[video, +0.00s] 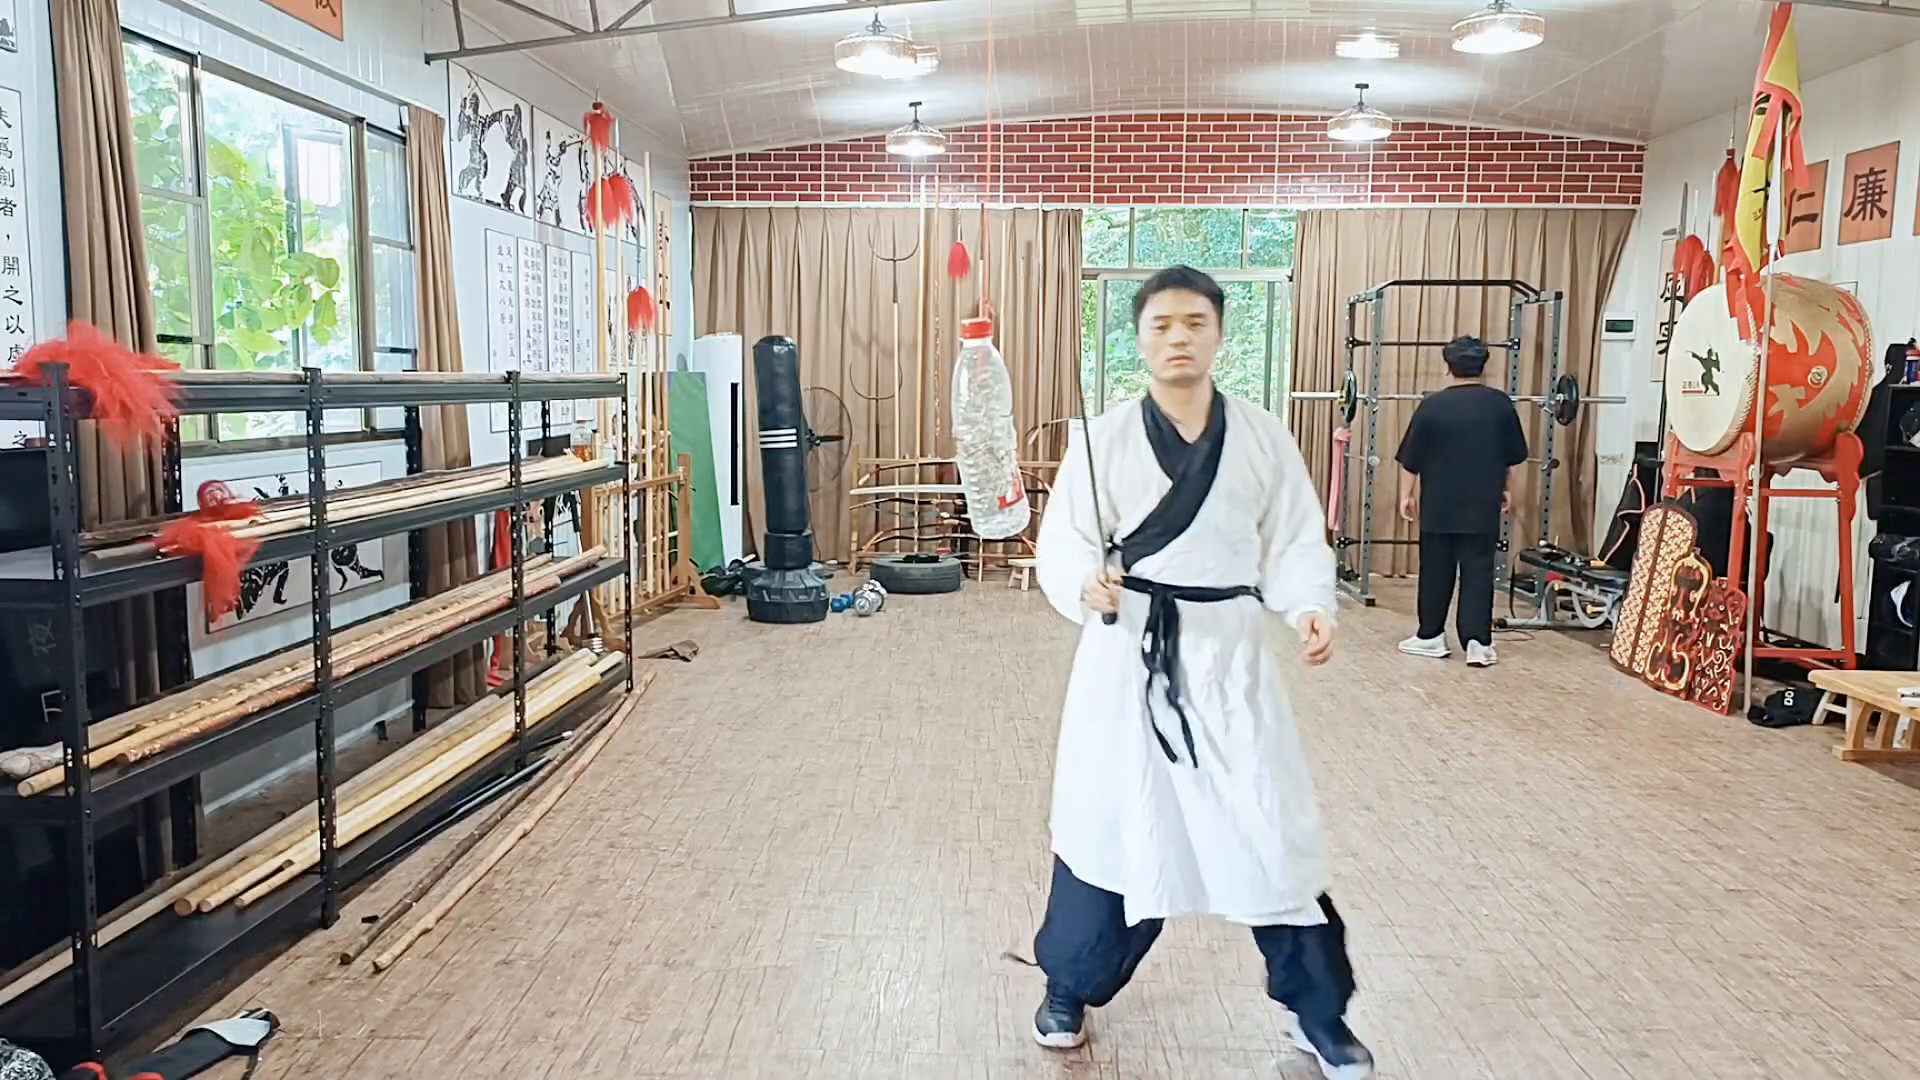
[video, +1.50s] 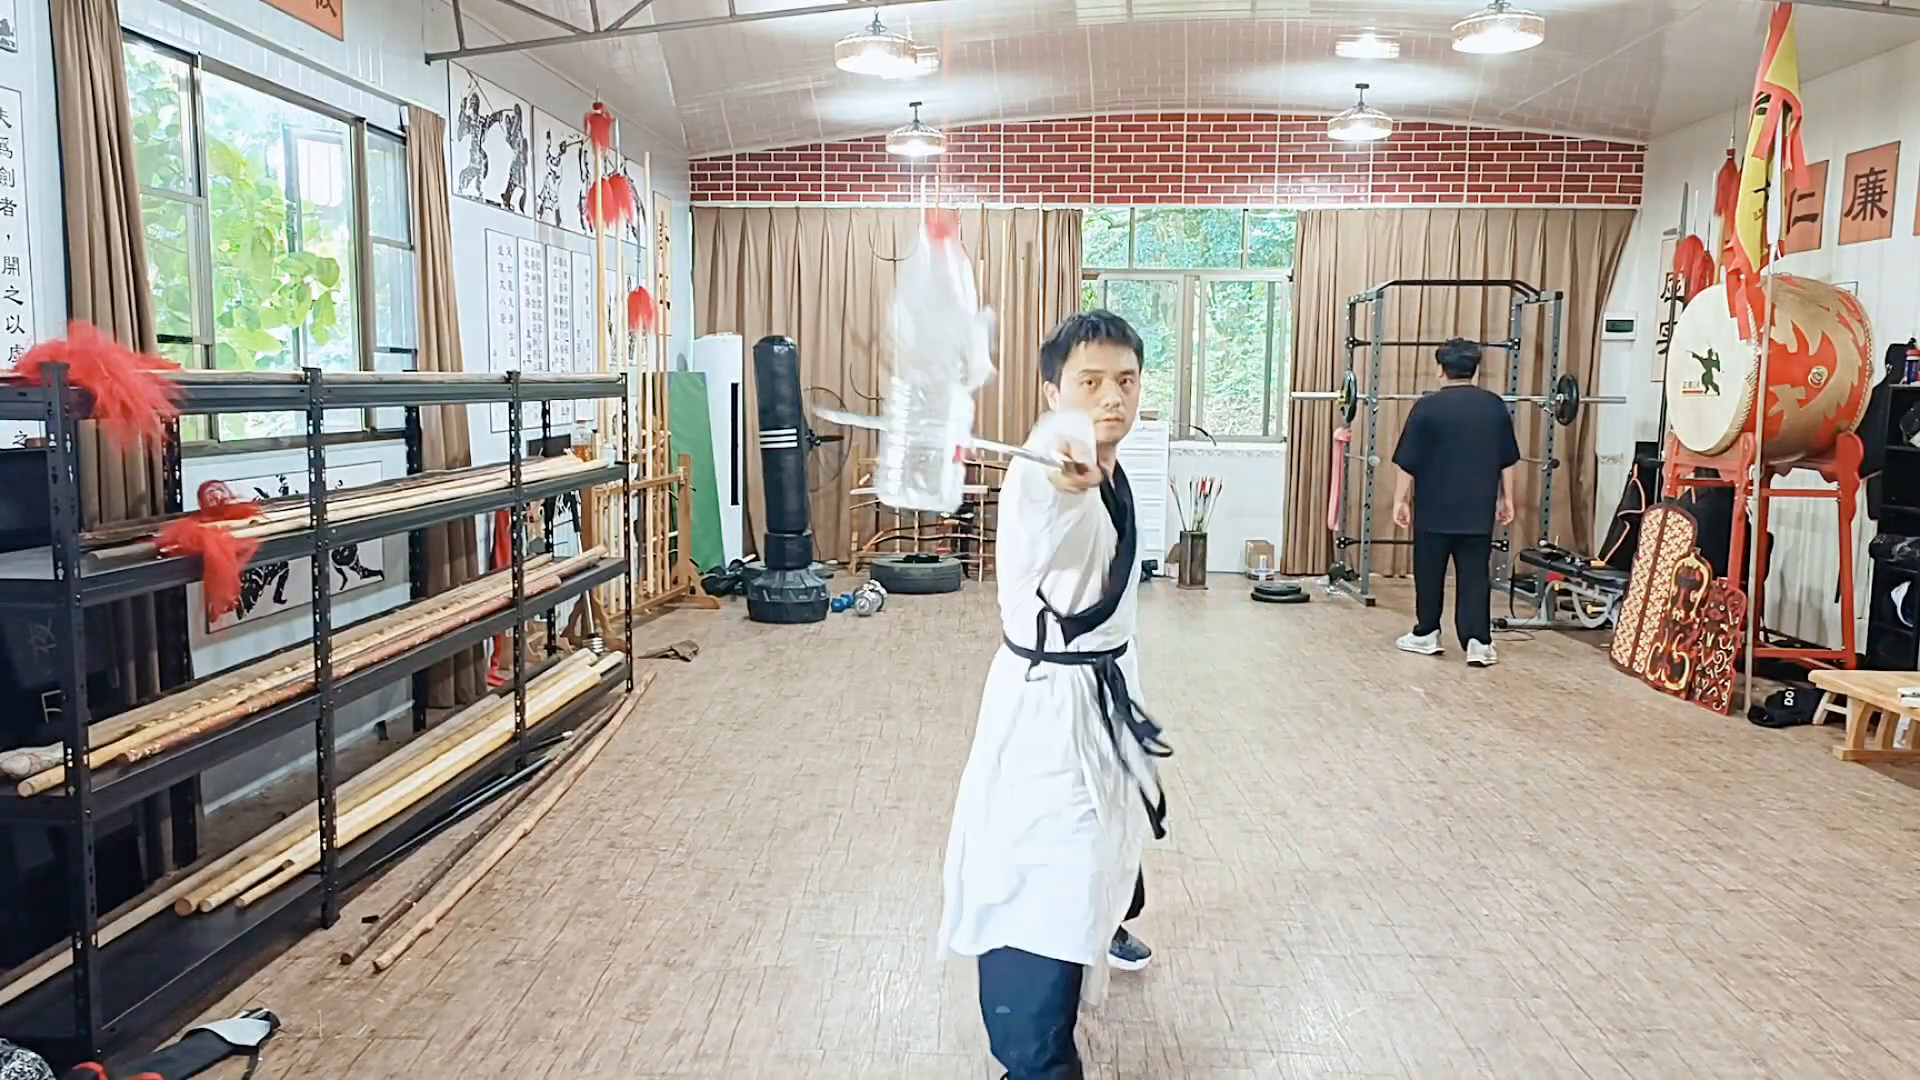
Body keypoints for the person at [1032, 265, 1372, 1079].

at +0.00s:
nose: (1179, 338)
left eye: (1195, 323)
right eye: (1162, 325)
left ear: (1220, 338)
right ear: (1139, 343)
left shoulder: (1264, 437)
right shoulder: (1097, 441)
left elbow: (1298, 540)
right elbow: (1060, 543)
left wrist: (1309, 603)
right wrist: (1084, 583)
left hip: (1235, 662)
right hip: (1126, 662)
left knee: (1277, 837)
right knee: (1112, 832)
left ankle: (1321, 1017)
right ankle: (1069, 988)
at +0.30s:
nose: (1114, 334)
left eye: (1128, 318)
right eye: (1096, 322)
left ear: (1149, 329)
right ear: (1071, 339)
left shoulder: (1189, 425)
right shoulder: (1046, 436)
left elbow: (1231, 535)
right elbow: (1009, 535)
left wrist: (1277, 627)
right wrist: (1036, 578)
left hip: (1170, 627)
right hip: (1079, 629)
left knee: (1168, 784)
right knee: (1069, 796)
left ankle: (1132, 928)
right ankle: (1064, 975)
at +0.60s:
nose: (1119, 339)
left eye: (1131, 323)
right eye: (1101, 326)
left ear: (1148, 333)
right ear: (1072, 337)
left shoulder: (1161, 424)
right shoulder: (1043, 428)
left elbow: (1197, 534)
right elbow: (1001, 530)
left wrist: (1254, 606)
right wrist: (1035, 565)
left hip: (1136, 621)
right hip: (1063, 622)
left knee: (1113, 781)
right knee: (1047, 793)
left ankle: (1086, 933)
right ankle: (1053, 978)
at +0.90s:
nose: (1116, 351)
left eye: (1129, 336)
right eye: (1098, 337)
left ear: (1143, 343)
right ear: (1066, 345)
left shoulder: (1154, 426)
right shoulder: (1036, 431)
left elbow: (1175, 538)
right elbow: (997, 539)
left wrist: (1211, 613)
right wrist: (1037, 585)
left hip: (1133, 628)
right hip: (1059, 634)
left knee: (1124, 782)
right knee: (1057, 801)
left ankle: (1096, 929)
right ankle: (1049, 986)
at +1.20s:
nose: (1117, 369)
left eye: (1130, 353)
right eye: (1098, 354)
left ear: (1146, 360)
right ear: (1065, 362)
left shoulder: (1154, 441)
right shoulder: (1035, 451)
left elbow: (1175, 542)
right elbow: (988, 562)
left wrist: (1204, 616)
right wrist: (1032, 595)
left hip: (1134, 654)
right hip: (1061, 660)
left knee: (1128, 804)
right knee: (1072, 850)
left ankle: (1100, 938)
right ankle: (1043, 1037)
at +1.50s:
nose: (1113, 398)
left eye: (1127, 380)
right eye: (1091, 380)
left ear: (1141, 389)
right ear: (1052, 391)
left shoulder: (1108, 459)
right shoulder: (1044, 462)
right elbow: (1042, 493)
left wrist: (1120, 696)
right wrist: (1070, 486)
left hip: (1103, 685)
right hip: (1045, 698)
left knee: (1107, 818)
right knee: (1040, 886)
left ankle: (1098, 928)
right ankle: (1038, 1058)